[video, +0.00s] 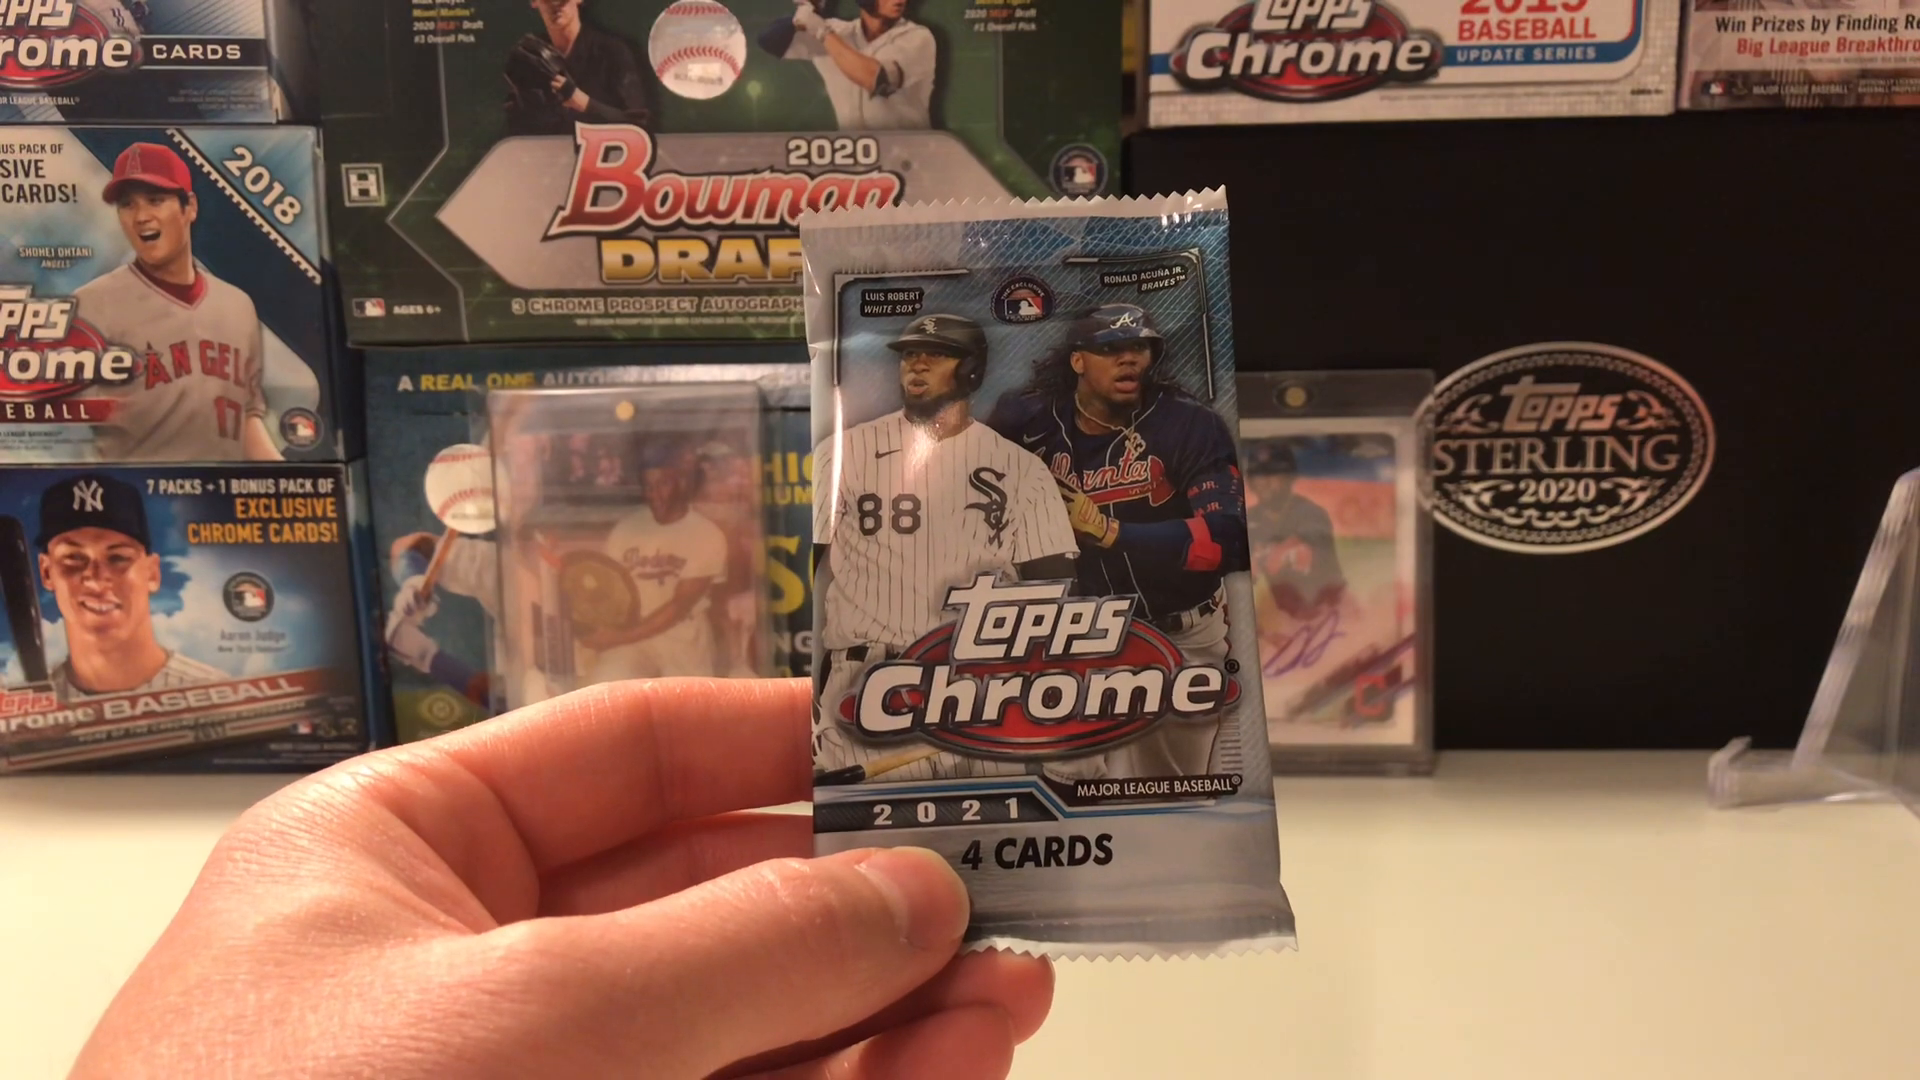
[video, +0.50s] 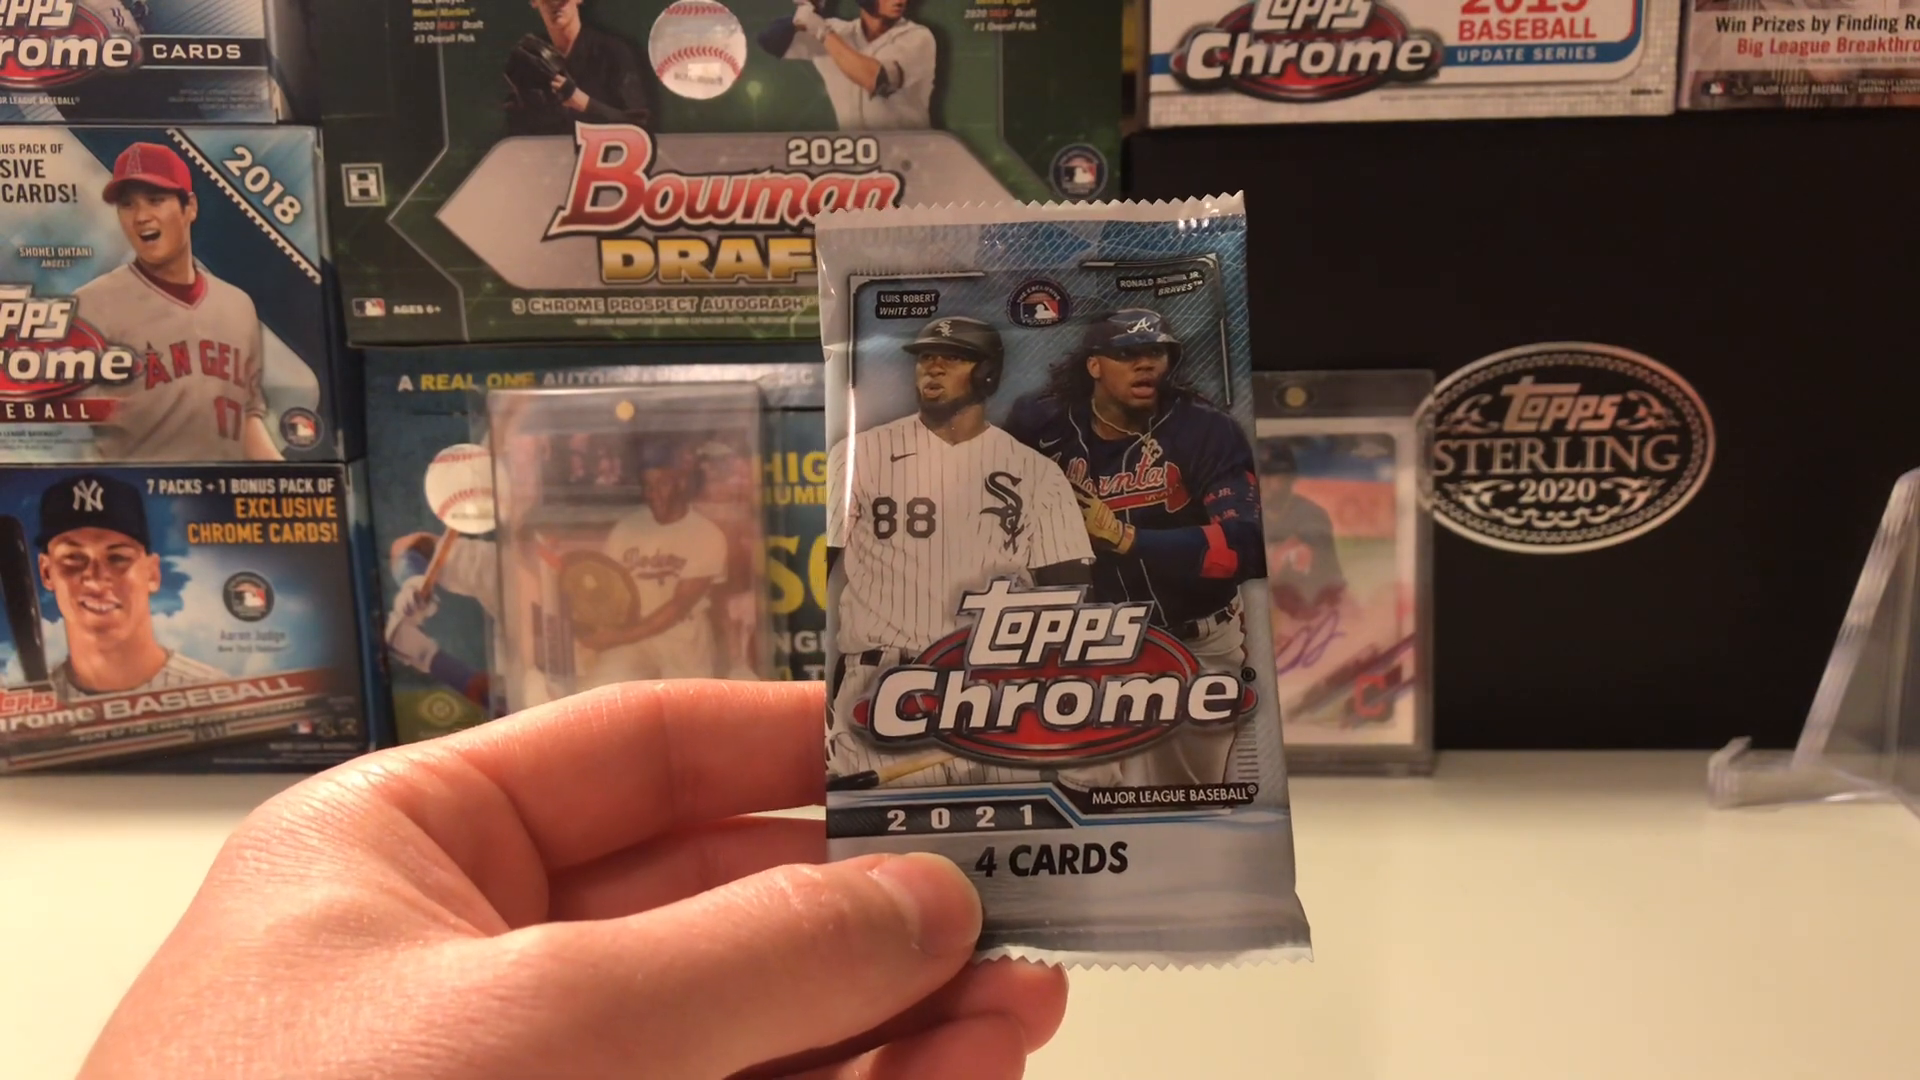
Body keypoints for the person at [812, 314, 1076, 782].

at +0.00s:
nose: (916, 366)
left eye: (933, 356)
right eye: (909, 355)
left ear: (968, 370)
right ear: (899, 365)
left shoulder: (1020, 471)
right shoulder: (840, 456)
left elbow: (1051, 594)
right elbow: (812, 571)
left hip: (975, 694)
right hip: (856, 692)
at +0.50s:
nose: (932, 369)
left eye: (950, 358)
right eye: (925, 357)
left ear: (985, 373)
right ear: (915, 367)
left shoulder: (1037, 475)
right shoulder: (856, 459)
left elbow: (1066, 597)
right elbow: (827, 575)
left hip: (992, 699)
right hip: (873, 697)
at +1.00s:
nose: (968, 373)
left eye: (986, 363)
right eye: (961, 362)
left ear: (1020, 378)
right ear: (951, 372)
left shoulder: (1076, 481)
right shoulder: (892, 465)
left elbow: (1110, 603)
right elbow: (849, 586)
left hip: (1033, 710)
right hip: (912, 709)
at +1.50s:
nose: (984, 364)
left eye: (1002, 353)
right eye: (977, 353)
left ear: (1040, 370)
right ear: (966, 363)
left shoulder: (1096, 478)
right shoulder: (904, 462)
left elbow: (1128, 612)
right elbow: (856, 587)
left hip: (1052, 717)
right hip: (927, 715)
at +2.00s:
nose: (1018, 373)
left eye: (1036, 363)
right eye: (1011, 361)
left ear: (1072, 380)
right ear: (999, 370)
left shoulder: (1126, 489)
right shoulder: (939, 464)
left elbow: (1156, 620)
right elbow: (911, 598)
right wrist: (903, 719)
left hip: (1079, 722)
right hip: (956, 717)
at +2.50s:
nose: (1047, 371)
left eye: (1065, 360)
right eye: (1040, 359)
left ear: (1102, 377)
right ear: (1028, 369)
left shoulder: (1157, 484)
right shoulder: (967, 464)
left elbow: (1186, 611)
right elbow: (940, 590)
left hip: (1111, 715)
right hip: (991, 712)